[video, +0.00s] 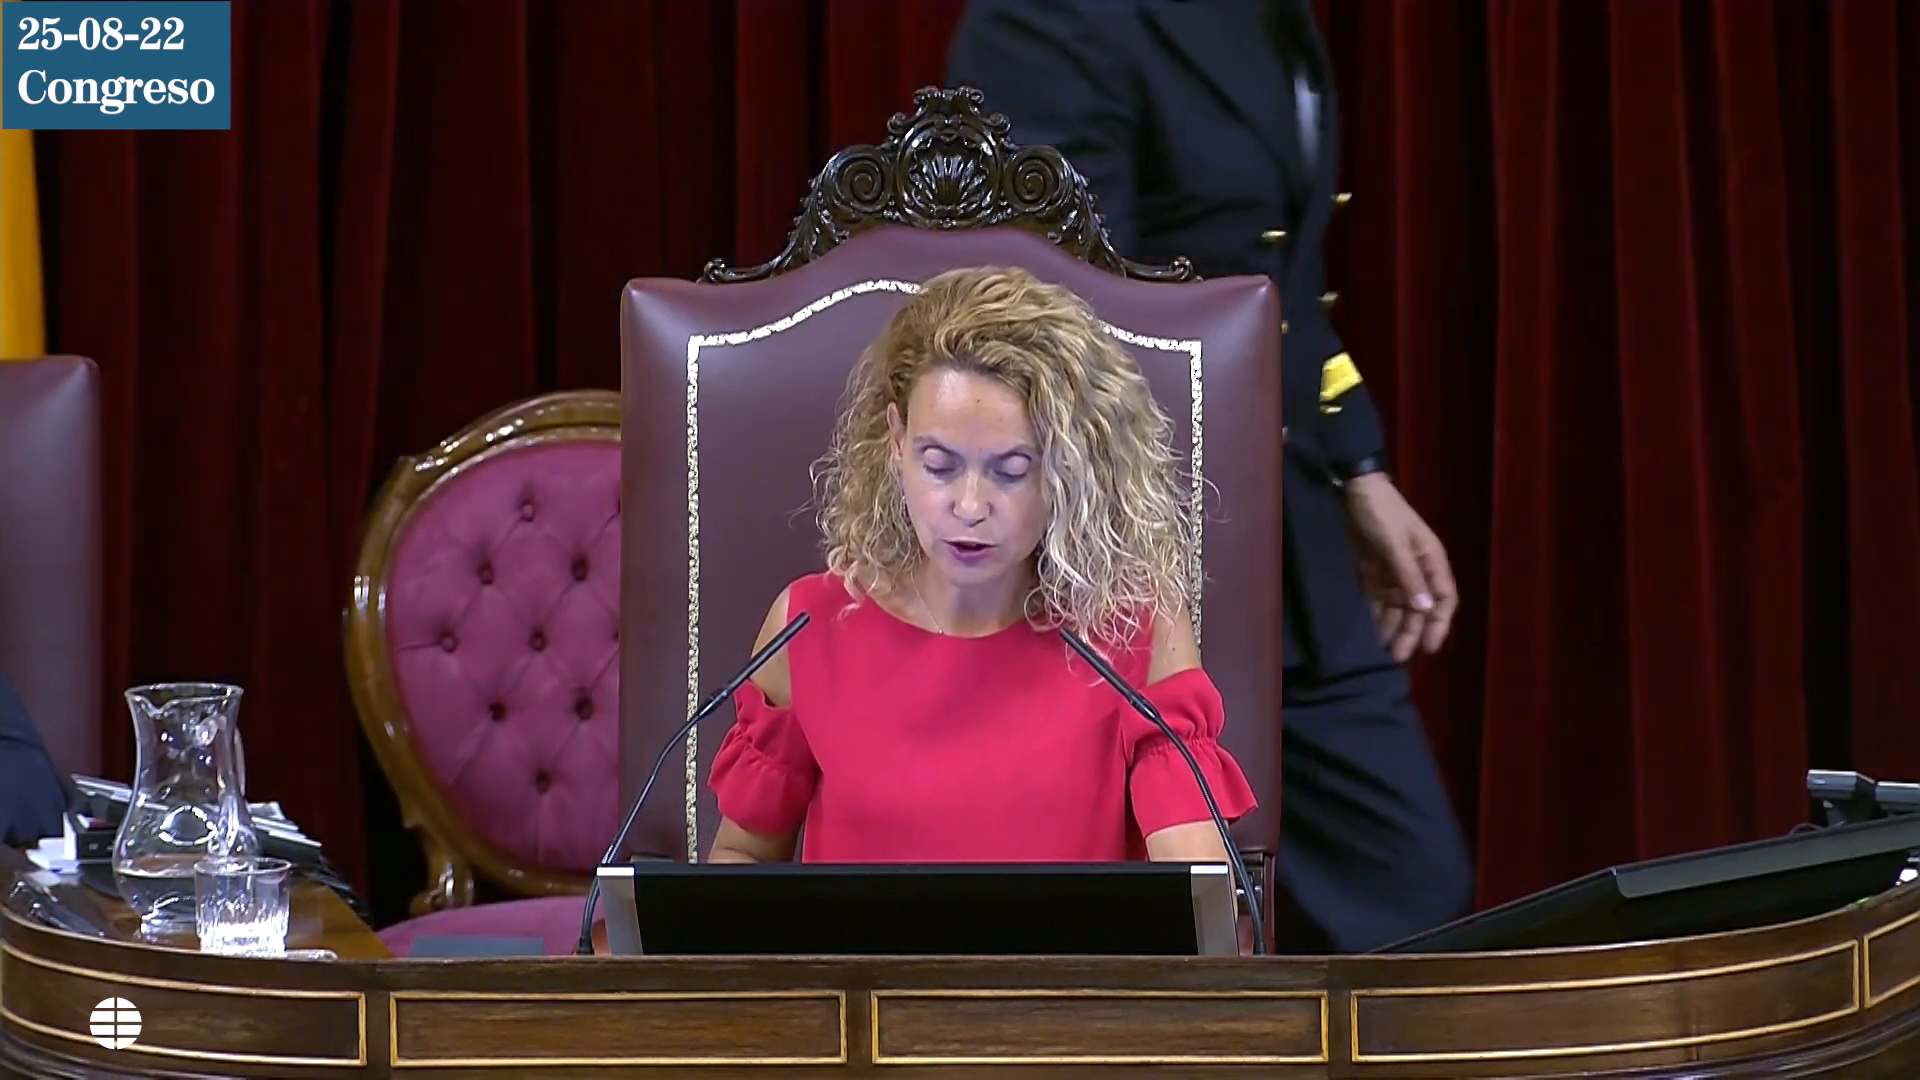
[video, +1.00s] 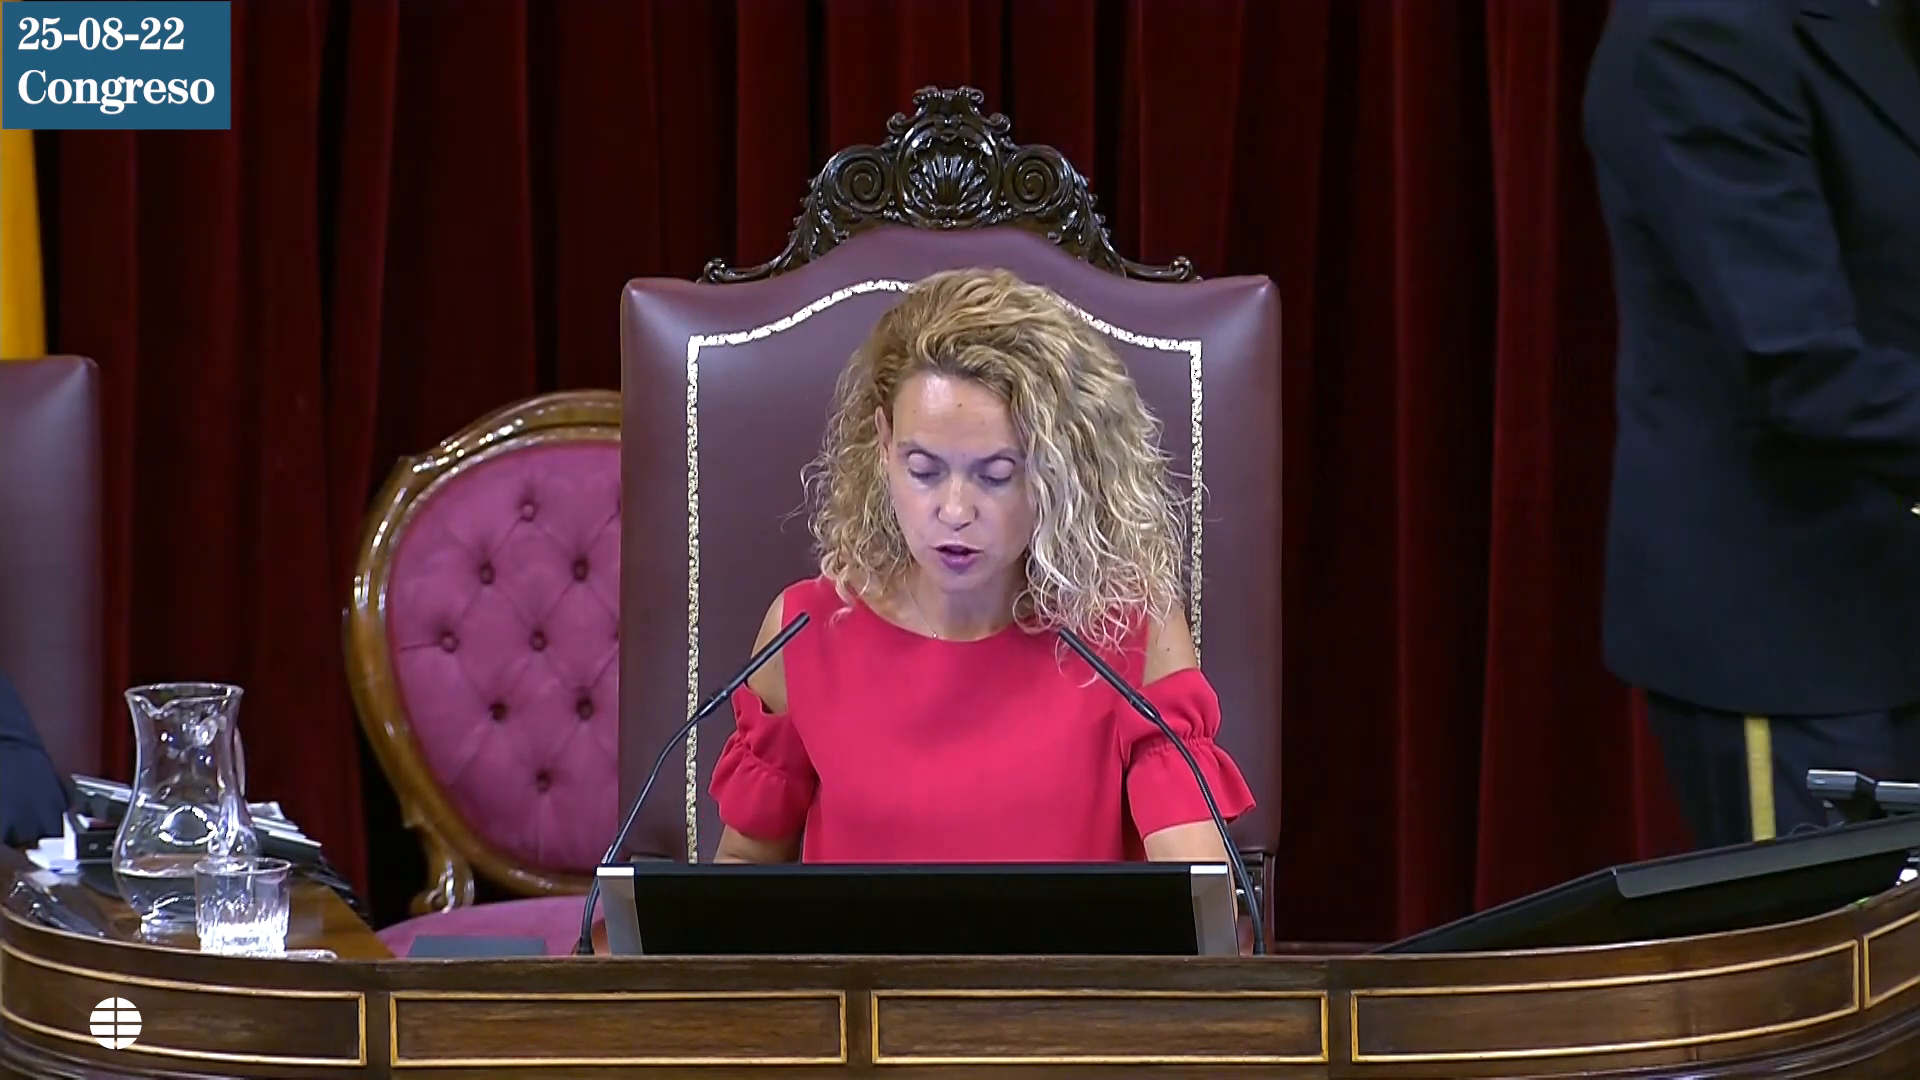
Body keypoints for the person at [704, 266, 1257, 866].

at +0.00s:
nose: (970, 505)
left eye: (1010, 469)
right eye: (940, 463)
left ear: (1070, 467)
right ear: (896, 444)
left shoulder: (1134, 626)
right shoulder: (812, 622)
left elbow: (1201, 889)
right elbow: (740, 861)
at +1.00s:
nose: (955, 510)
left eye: (995, 473)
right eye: (925, 469)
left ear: (1057, 473)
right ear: (883, 456)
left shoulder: (1129, 628)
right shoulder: (807, 628)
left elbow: (1203, 897)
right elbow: (743, 875)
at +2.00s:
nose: (943, 511)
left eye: (983, 474)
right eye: (914, 470)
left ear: (1049, 480)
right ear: (873, 465)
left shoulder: (1124, 621)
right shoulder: (803, 630)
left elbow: (1200, 895)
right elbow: (743, 882)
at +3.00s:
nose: (946, 512)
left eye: (985, 474)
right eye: (915, 471)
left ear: (1052, 477)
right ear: (874, 464)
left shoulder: (1124, 621)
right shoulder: (803, 629)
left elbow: (1200, 891)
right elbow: (740, 876)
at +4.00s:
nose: (962, 514)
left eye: (1000, 474)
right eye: (928, 473)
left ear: (1058, 468)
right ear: (878, 456)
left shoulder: (1127, 620)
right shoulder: (803, 630)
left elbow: (1200, 896)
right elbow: (744, 883)